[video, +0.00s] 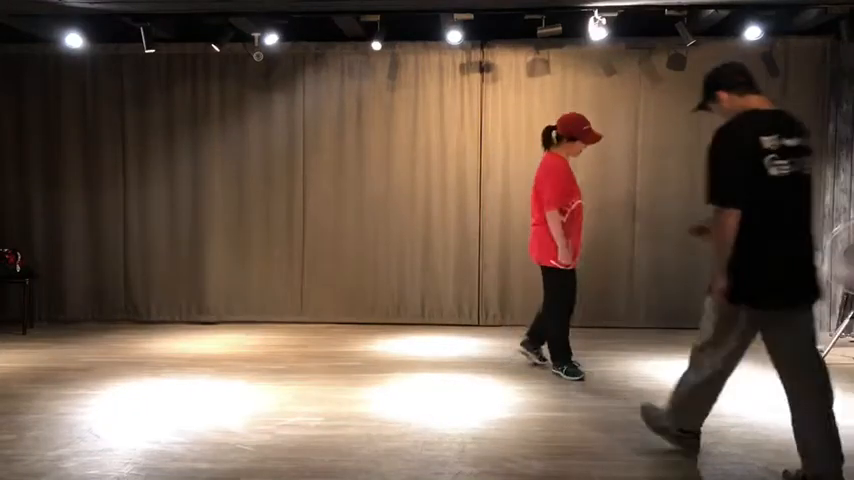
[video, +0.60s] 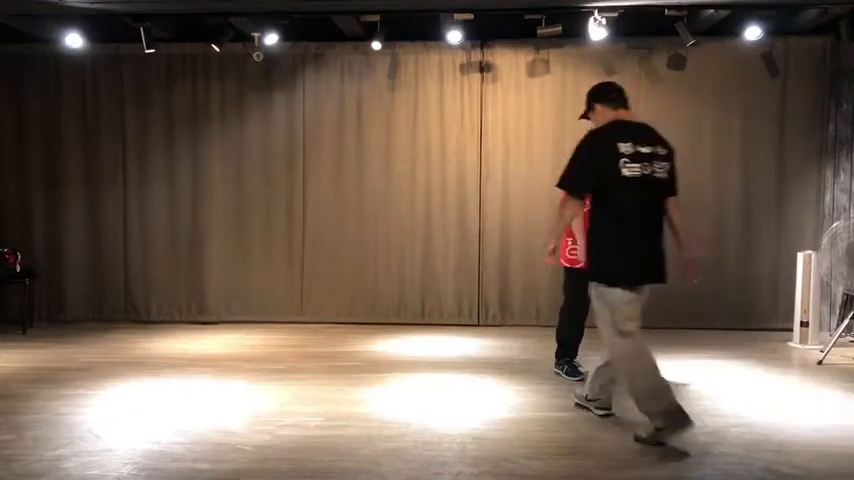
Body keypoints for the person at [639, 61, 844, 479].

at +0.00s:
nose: (717, 115)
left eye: (714, 108)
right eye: (713, 109)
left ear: (723, 97)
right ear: (754, 91)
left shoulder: (732, 135)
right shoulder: (793, 127)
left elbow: (730, 213)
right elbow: (786, 203)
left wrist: (720, 271)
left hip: (749, 269)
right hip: (794, 267)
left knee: (713, 353)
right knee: (803, 371)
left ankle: (681, 423)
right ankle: (825, 468)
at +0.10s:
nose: (688, 114)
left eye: (685, 107)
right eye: (686, 108)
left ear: (696, 99)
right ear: (723, 93)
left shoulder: (705, 138)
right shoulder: (761, 127)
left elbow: (700, 211)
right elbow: (762, 200)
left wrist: (692, 268)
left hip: (719, 265)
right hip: (763, 262)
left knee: (693, 349)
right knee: (775, 357)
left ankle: (676, 430)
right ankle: (815, 457)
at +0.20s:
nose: (661, 114)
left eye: (659, 107)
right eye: (659, 108)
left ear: (671, 98)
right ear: (694, 92)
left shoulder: (677, 134)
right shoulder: (735, 125)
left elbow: (669, 205)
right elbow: (736, 197)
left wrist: (659, 261)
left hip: (690, 259)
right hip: (735, 255)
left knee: (676, 343)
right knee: (726, 331)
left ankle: (675, 430)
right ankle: (772, 415)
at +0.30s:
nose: (643, 113)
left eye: (641, 107)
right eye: (640, 108)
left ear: (650, 97)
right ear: (674, 91)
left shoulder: (656, 132)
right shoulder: (714, 126)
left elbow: (639, 200)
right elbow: (710, 195)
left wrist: (626, 251)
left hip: (668, 255)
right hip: (710, 252)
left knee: (665, 340)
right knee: (690, 329)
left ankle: (675, 429)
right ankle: (717, 402)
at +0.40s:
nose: (625, 114)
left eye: (623, 108)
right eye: (622, 109)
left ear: (632, 99)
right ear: (658, 95)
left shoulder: (635, 133)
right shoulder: (697, 131)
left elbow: (612, 199)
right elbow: (707, 198)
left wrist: (600, 234)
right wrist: (715, 250)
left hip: (649, 250)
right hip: (685, 247)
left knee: (658, 339)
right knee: (654, 333)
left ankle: (675, 428)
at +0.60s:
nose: (590, 121)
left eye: (590, 115)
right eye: (589, 116)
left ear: (599, 109)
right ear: (625, 106)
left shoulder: (596, 141)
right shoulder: (658, 141)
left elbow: (571, 198)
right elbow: (670, 202)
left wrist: (555, 237)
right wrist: (684, 249)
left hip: (607, 254)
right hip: (647, 252)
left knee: (626, 338)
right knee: (619, 333)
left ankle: (667, 415)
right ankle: (597, 396)